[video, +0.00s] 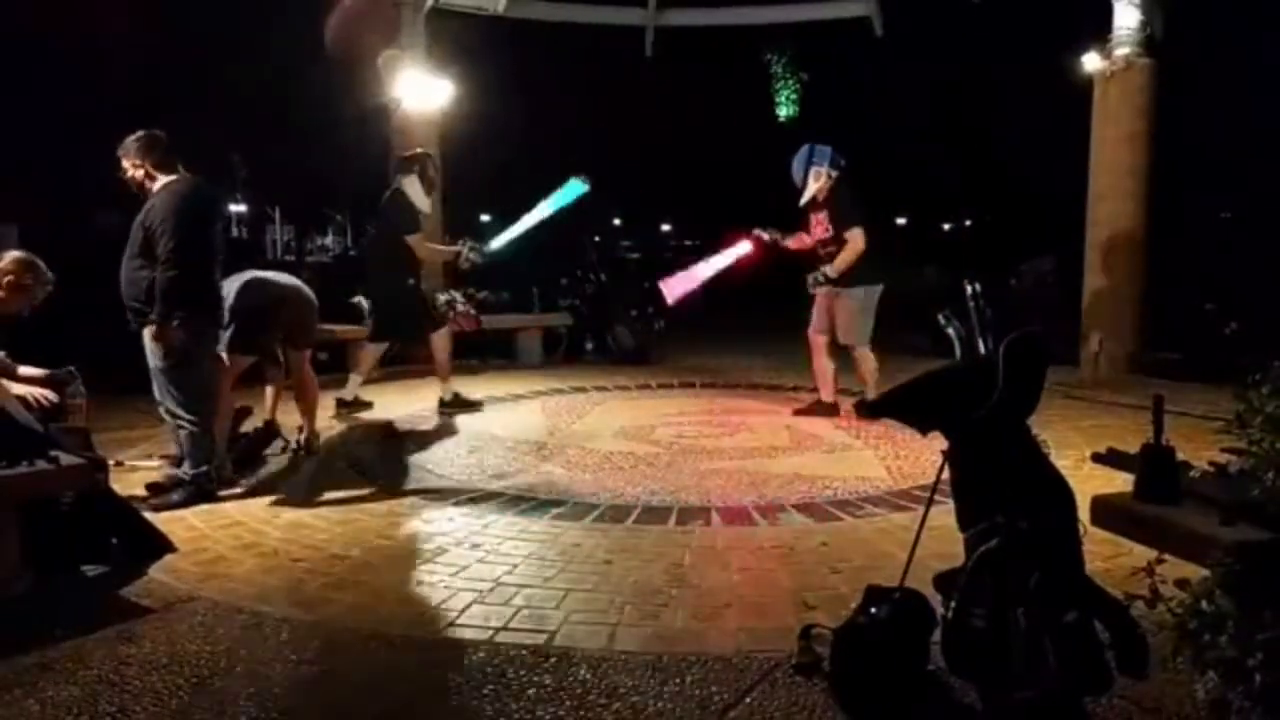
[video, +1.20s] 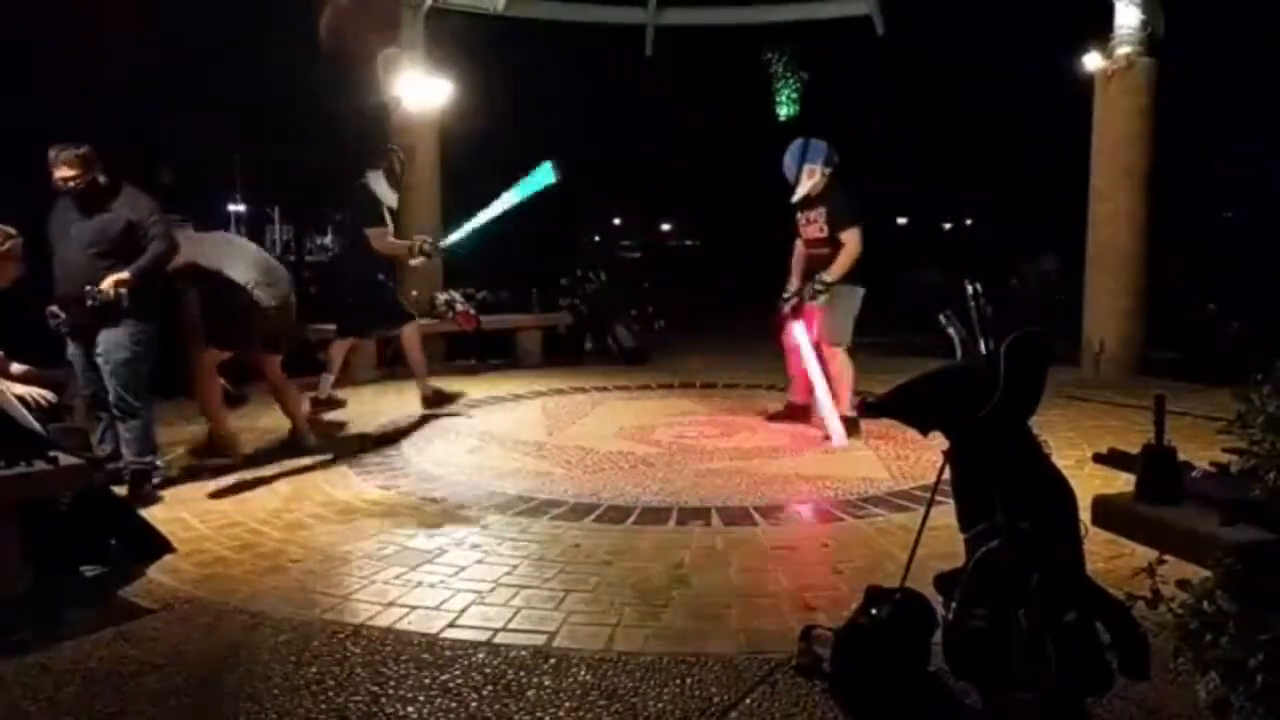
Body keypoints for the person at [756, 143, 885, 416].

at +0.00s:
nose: (808, 185)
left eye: (811, 178)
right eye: (807, 179)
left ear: (823, 174)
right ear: (810, 176)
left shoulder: (843, 198)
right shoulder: (814, 204)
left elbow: (857, 242)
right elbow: (810, 240)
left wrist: (829, 272)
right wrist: (779, 240)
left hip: (859, 280)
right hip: (830, 280)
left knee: (856, 343)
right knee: (818, 335)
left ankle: (872, 397)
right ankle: (826, 399)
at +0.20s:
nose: (808, 195)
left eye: (811, 188)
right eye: (806, 189)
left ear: (823, 185)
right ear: (807, 188)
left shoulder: (844, 209)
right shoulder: (811, 214)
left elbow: (845, 256)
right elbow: (813, 249)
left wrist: (807, 261)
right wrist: (787, 248)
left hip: (851, 291)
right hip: (821, 286)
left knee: (849, 351)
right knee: (783, 325)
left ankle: (866, 397)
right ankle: (795, 387)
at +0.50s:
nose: (767, 195)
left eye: (771, 188)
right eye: (765, 189)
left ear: (783, 186)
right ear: (765, 187)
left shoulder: (804, 209)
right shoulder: (773, 213)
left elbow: (810, 254)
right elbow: (776, 253)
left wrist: (777, 268)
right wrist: (746, 263)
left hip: (822, 292)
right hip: (789, 289)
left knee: (829, 352)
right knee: (767, 338)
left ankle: (862, 394)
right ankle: (763, 401)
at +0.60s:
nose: (759, 193)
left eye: (764, 186)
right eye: (757, 187)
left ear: (776, 185)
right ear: (759, 187)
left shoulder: (796, 208)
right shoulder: (762, 219)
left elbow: (805, 254)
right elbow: (745, 259)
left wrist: (772, 276)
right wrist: (710, 261)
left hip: (817, 288)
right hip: (785, 288)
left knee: (822, 349)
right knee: (764, 338)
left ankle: (857, 394)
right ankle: (762, 401)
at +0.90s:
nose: (771, 191)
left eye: (776, 184)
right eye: (767, 185)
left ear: (788, 182)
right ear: (760, 184)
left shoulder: (804, 208)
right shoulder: (763, 215)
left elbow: (821, 252)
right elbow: (747, 250)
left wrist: (797, 279)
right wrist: (718, 276)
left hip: (816, 285)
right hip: (783, 285)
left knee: (816, 345)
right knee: (763, 340)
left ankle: (845, 412)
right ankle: (761, 401)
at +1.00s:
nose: (784, 189)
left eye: (790, 182)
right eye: (781, 183)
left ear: (802, 180)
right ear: (776, 182)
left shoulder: (821, 208)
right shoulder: (778, 215)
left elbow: (835, 254)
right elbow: (770, 258)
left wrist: (805, 282)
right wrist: (751, 292)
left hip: (825, 286)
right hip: (790, 287)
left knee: (817, 348)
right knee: (773, 340)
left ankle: (847, 414)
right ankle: (763, 400)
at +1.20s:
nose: (805, 181)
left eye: (810, 173)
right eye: (801, 174)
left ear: (823, 171)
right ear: (795, 173)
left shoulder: (839, 200)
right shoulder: (800, 205)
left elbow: (853, 246)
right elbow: (800, 247)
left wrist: (824, 280)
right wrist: (793, 286)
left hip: (843, 280)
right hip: (810, 281)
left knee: (832, 345)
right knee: (795, 337)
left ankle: (845, 412)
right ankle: (798, 402)